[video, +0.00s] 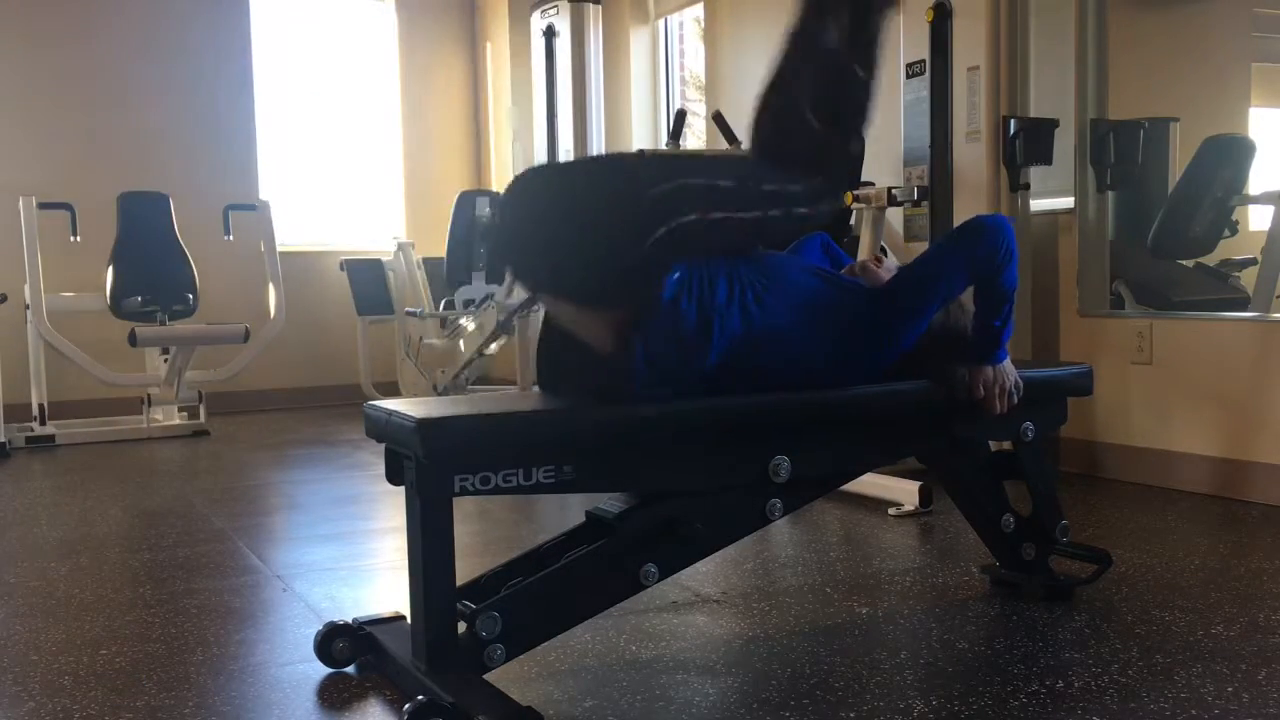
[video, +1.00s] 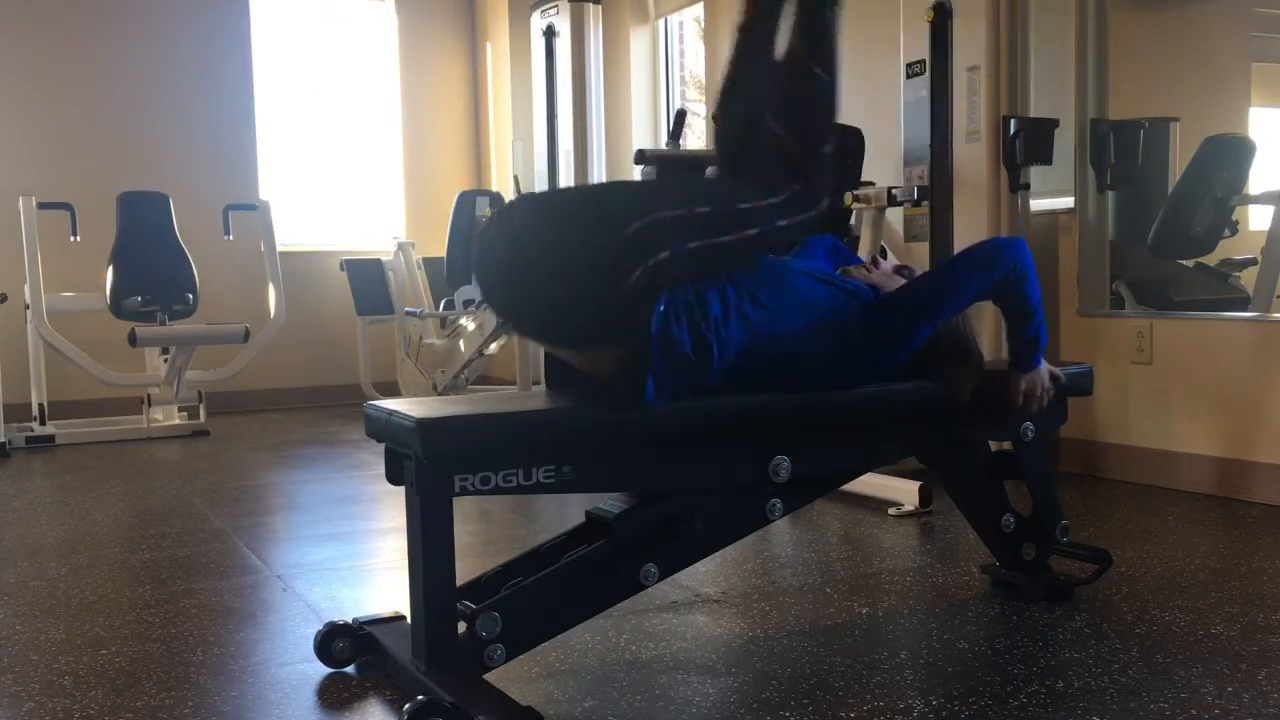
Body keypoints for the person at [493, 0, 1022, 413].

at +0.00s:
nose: (886, 257)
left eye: (899, 272)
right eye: (895, 260)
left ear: (911, 314)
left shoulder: (872, 332)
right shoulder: (834, 288)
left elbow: (991, 235)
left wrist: (994, 351)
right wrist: (860, 272)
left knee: (527, 201)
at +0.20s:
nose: (900, 262)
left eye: (915, 267)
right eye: (905, 262)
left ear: (930, 311)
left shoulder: (885, 329)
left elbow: (1002, 234)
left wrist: (998, 349)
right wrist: (852, 266)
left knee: (857, 224)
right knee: (799, 193)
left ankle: (949, 43)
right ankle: (899, 38)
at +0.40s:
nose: (910, 272)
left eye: (926, 286)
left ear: (932, 332)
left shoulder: (891, 328)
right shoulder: (845, 352)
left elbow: (1005, 233)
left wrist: (1013, 346)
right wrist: (866, 264)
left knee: (864, 225)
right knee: (816, 201)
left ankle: (971, 53)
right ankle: (918, 47)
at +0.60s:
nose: (909, 275)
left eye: (923, 286)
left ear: (930, 340)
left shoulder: (888, 332)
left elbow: (1005, 240)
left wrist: (1023, 350)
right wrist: (863, 266)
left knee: (852, 231)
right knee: (806, 202)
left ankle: (963, 51)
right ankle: (910, 46)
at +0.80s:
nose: (890, 260)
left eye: (904, 275)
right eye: (901, 264)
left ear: (912, 309)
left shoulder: (886, 329)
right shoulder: (853, 308)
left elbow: (1012, 271)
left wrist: (1046, 367)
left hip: (653, 307)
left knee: (794, 190)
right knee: (804, 189)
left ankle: (887, 29)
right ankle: (874, 28)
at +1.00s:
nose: (888, 262)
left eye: (903, 279)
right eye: (896, 264)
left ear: (908, 311)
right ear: (883, 270)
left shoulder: (881, 333)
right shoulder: (830, 276)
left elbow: (1007, 253)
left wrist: (1030, 362)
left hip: (628, 325)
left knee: (805, 183)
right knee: (753, 174)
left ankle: (815, 6)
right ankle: (766, 1)